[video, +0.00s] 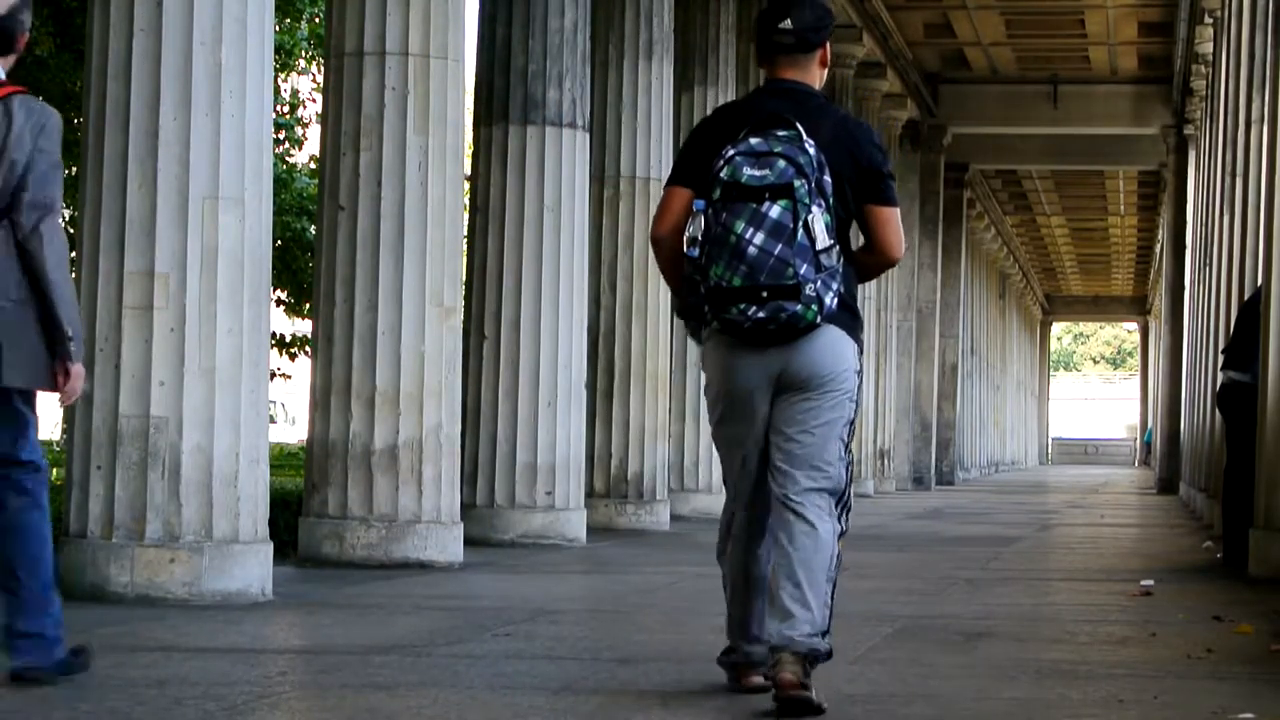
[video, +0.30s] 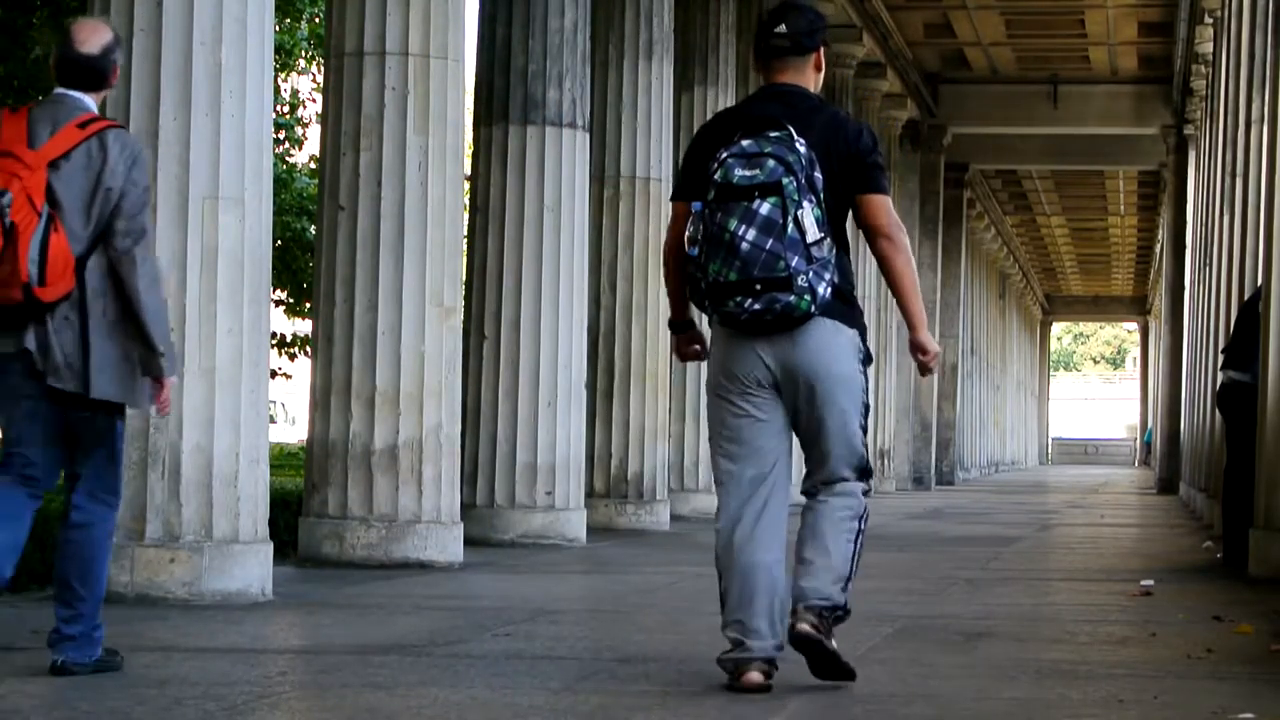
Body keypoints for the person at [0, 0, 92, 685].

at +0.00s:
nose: (26, 40)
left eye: (19, 29)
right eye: (27, 30)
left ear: (2, 45)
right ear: (20, 43)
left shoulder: (28, 119)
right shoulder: (27, 118)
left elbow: (39, 229)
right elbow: (38, 231)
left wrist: (64, 340)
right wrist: (68, 339)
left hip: (12, 339)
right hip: (7, 338)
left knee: (21, 480)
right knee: (20, 479)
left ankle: (35, 644)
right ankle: (34, 646)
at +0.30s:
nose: (119, 72)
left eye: (112, 63)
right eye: (119, 66)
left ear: (57, 68)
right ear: (113, 75)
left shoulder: (19, 130)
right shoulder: (117, 147)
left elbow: (10, 230)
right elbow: (132, 255)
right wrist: (160, 355)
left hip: (17, 339)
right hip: (90, 345)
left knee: (20, 476)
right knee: (95, 496)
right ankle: (76, 645)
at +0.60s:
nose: (179, 102)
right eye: (180, 94)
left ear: (120, 96)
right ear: (174, 104)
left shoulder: (64, 154)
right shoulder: (186, 169)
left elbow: (28, 246)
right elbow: (217, 260)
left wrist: (49, 312)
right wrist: (233, 319)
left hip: (73, 337)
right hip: (142, 342)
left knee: (122, 480)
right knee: (115, 483)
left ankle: (145, 616)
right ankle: (80, 630)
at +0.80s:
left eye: (154, 96)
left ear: (155, 104)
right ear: (209, 115)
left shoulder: (103, 162)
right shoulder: (223, 175)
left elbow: (76, 250)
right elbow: (247, 272)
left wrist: (95, 330)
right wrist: (264, 349)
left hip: (115, 347)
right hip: (185, 350)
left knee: (142, 481)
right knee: (204, 465)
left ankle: (154, 619)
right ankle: (155, 564)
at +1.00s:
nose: (193, 109)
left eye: (196, 103)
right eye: (202, 103)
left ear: (198, 116)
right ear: (246, 130)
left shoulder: (148, 169)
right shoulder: (262, 187)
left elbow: (112, 252)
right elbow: (266, 276)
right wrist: (281, 363)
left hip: (159, 350)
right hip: (229, 355)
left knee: (163, 476)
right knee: (239, 483)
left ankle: (153, 617)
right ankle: (258, 604)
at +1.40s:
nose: (262, 131)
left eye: (265, 125)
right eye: (273, 124)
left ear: (269, 132)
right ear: (313, 144)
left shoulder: (224, 182)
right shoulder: (333, 200)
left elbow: (193, 262)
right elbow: (353, 288)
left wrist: (229, 310)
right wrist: (365, 356)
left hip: (239, 348)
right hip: (299, 352)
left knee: (250, 460)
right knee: (281, 478)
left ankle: (237, 586)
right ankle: (265, 606)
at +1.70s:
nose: (302, 160)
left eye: (306, 154)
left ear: (309, 163)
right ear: (351, 173)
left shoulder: (266, 212)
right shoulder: (364, 223)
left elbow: (237, 287)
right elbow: (387, 300)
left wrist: (275, 325)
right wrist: (398, 354)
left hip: (278, 368)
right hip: (337, 369)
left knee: (299, 478)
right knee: (338, 474)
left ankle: (315, 595)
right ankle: (302, 545)